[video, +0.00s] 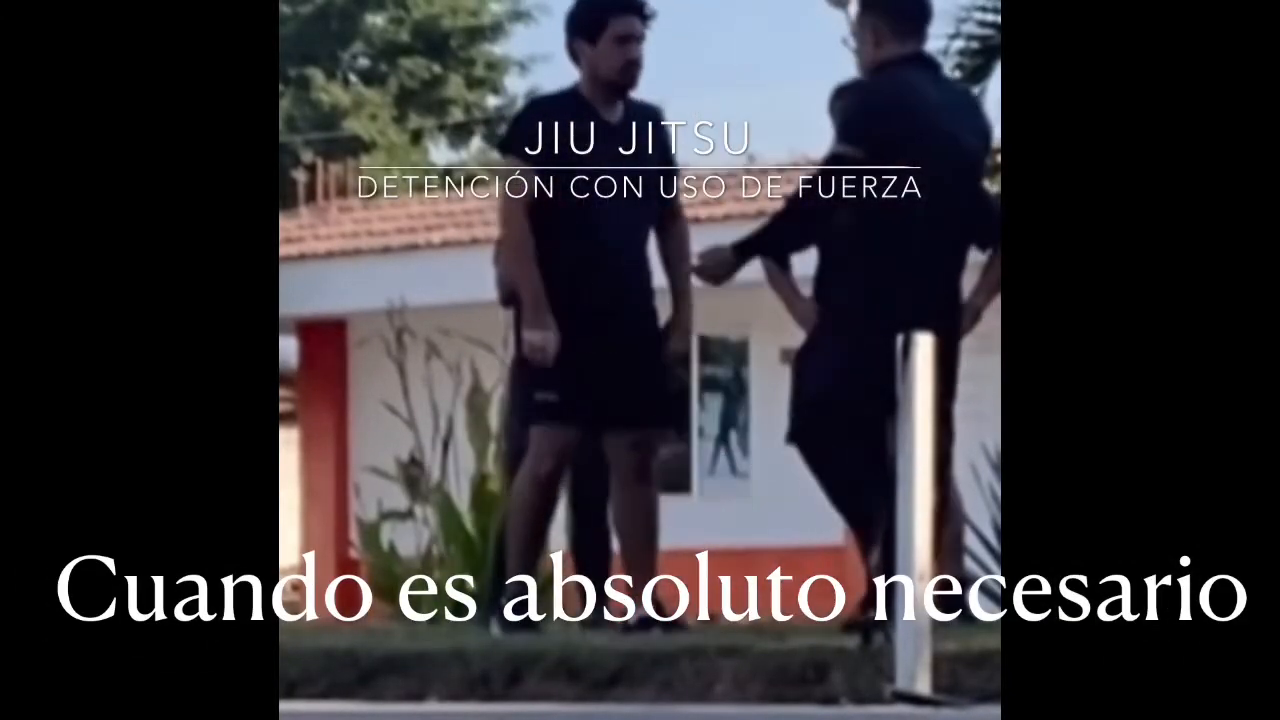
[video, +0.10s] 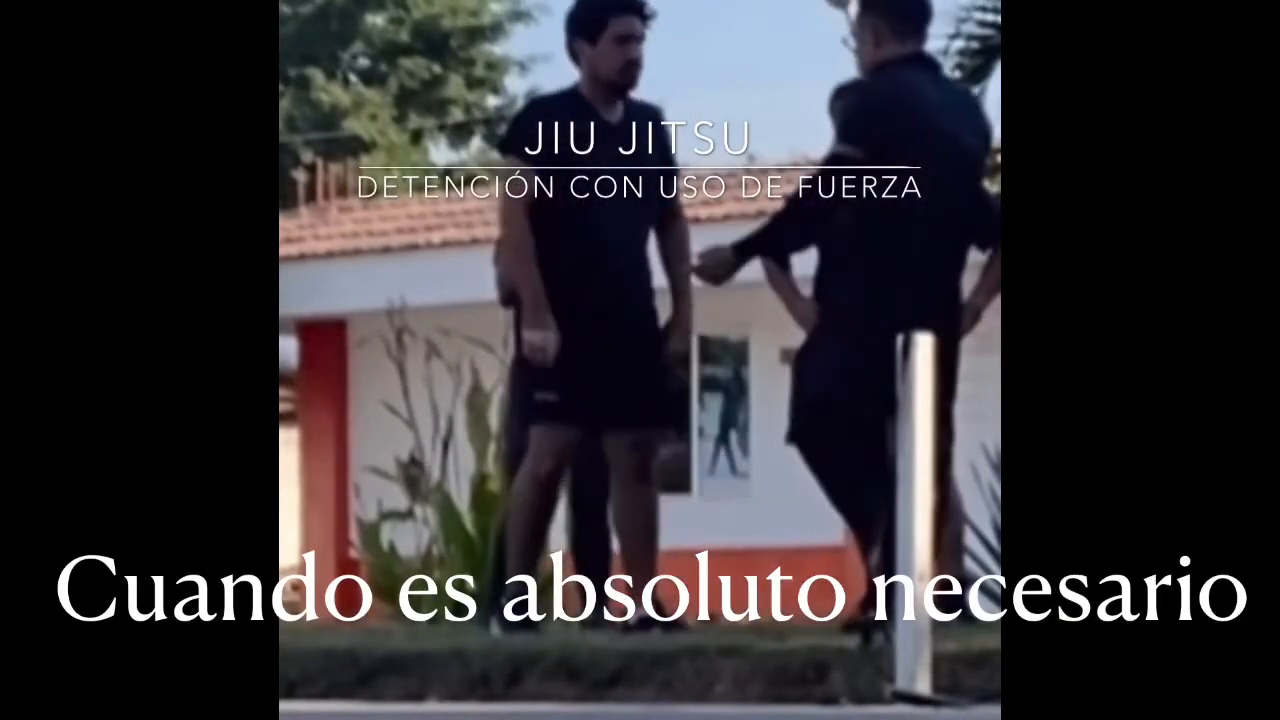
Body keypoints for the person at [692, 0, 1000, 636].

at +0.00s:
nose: (855, 44)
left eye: (857, 31)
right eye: (858, 32)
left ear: (872, 30)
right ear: (921, 32)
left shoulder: (867, 97)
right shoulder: (962, 105)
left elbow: (829, 196)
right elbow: (980, 213)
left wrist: (740, 254)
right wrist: (971, 306)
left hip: (859, 307)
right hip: (931, 308)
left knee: (820, 430)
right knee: (924, 457)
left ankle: (888, 571)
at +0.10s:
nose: (855, 44)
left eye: (858, 31)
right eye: (858, 32)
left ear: (872, 30)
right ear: (921, 32)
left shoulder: (868, 97)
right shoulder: (962, 106)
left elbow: (829, 197)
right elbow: (980, 214)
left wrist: (740, 254)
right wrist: (971, 307)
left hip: (859, 307)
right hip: (930, 308)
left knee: (820, 430)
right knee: (923, 456)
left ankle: (890, 571)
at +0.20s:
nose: (855, 44)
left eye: (858, 31)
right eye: (858, 32)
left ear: (872, 30)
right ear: (921, 32)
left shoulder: (868, 97)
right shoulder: (962, 106)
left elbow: (829, 197)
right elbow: (980, 214)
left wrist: (740, 254)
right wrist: (971, 307)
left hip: (859, 307)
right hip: (930, 308)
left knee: (820, 430)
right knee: (923, 456)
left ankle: (890, 571)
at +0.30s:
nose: (850, 41)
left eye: (853, 29)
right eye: (853, 29)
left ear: (871, 29)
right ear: (919, 31)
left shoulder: (862, 97)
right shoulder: (958, 107)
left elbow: (827, 192)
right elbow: (996, 233)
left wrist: (765, 275)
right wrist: (968, 310)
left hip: (855, 310)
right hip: (929, 312)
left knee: (827, 441)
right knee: (920, 456)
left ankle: (860, 592)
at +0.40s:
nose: (845, 46)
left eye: (849, 34)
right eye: (846, 35)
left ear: (869, 33)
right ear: (910, 35)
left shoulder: (855, 97)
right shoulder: (956, 109)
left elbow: (835, 188)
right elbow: (993, 230)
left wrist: (798, 297)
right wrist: (968, 312)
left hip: (848, 310)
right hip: (923, 311)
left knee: (838, 459)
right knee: (918, 467)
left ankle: (847, 598)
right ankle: (908, 600)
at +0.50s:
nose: (836, 49)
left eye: (838, 37)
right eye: (839, 38)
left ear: (852, 37)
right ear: (903, 36)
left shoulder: (845, 102)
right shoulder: (949, 111)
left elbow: (830, 192)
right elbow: (993, 231)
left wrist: (801, 312)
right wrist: (966, 314)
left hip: (844, 312)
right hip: (919, 312)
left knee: (827, 454)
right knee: (911, 462)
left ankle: (848, 593)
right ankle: (898, 597)